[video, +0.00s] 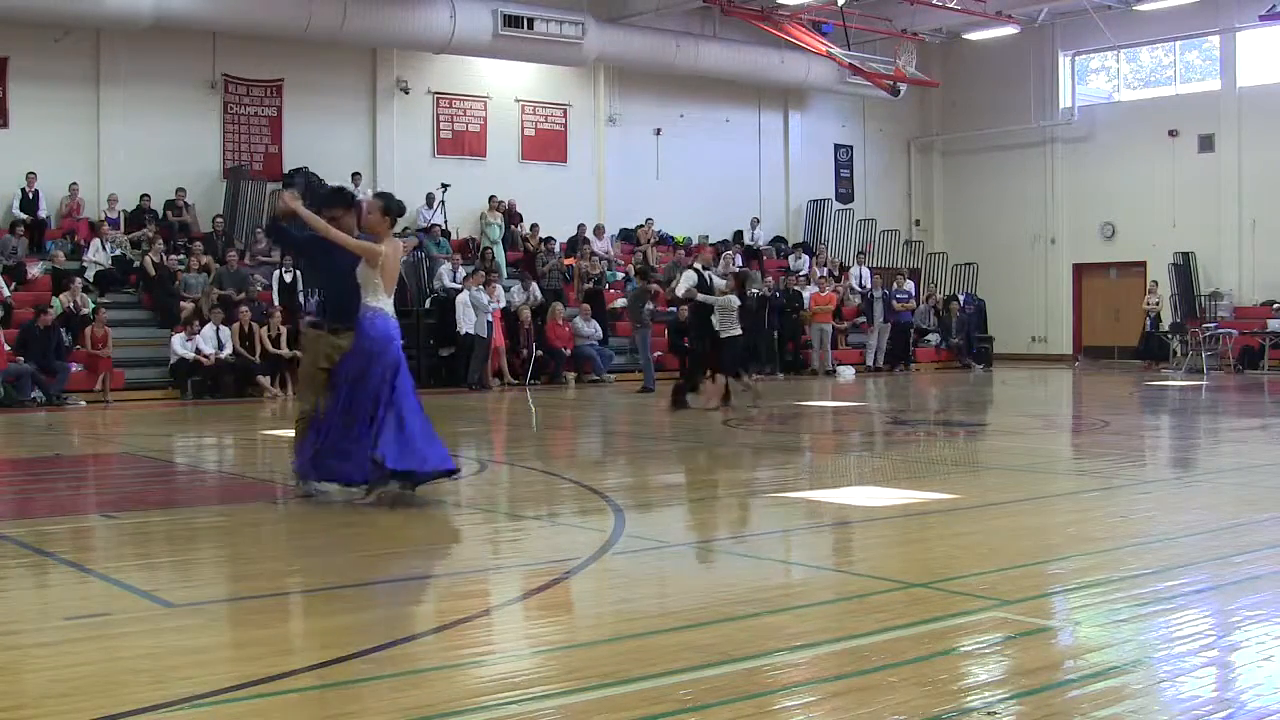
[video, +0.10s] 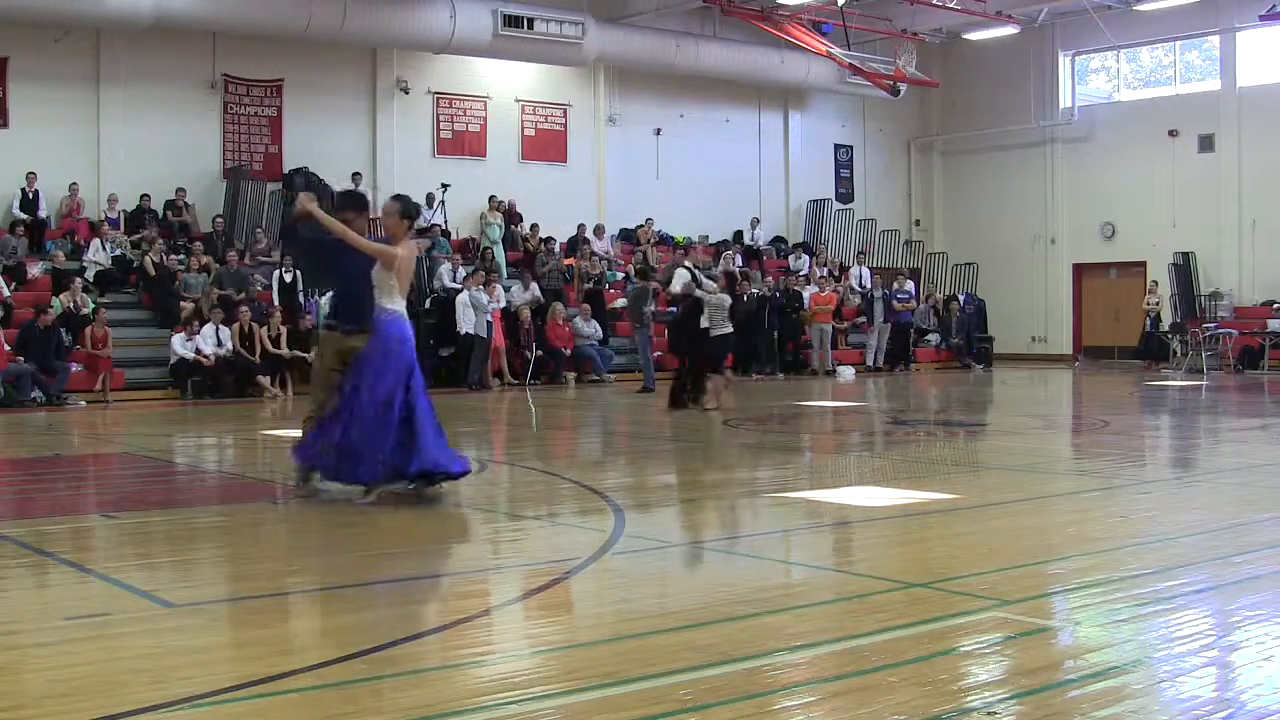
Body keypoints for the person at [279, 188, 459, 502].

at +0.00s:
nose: (363, 217)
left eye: (369, 213)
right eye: (364, 212)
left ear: (386, 219)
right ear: (387, 220)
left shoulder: (377, 250)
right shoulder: (396, 246)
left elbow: (331, 232)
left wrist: (298, 208)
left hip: (373, 328)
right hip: (388, 327)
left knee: (347, 392)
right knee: (389, 397)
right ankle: (406, 466)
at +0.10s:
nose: (381, 221)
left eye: (386, 216)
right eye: (382, 215)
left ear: (403, 221)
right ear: (404, 222)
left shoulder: (393, 254)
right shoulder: (411, 249)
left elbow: (349, 236)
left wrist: (315, 210)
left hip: (388, 331)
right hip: (401, 329)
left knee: (369, 397)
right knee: (407, 397)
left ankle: (371, 471)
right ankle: (426, 467)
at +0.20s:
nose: (400, 220)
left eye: (406, 215)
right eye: (401, 214)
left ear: (421, 222)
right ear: (417, 221)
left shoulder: (413, 252)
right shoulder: (422, 246)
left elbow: (365, 237)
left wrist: (327, 209)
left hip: (409, 331)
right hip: (413, 328)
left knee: (385, 393)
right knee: (414, 397)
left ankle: (384, 472)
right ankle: (429, 467)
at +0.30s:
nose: (416, 220)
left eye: (422, 215)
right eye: (417, 214)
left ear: (438, 222)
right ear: (437, 224)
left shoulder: (428, 253)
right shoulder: (437, 246)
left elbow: (379, 235)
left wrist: (342, 207)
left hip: (425, 329)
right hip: (426, 326)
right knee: (426, 394)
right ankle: (429, 461)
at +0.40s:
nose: (432, 221)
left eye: (438, 216)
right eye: (433, 216)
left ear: (453, 223)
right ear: (449, 224)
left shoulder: (442, 253)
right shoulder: (450, 247)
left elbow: (398, 235)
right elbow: (402, 234)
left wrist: (363, 207)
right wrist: (365, 206)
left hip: (436, 330)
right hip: (435, 327)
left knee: (405, 384)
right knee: (439, 393)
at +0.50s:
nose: (444, 224)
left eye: (450, 219)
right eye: (445, 218)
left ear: (465, 225)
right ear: (465, 225)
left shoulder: (451, 255)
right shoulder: (469, 247)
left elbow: (410, 238)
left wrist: (375, 214)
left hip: (442, 333)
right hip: (451, 330)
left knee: (427, 396)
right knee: (451, 398)